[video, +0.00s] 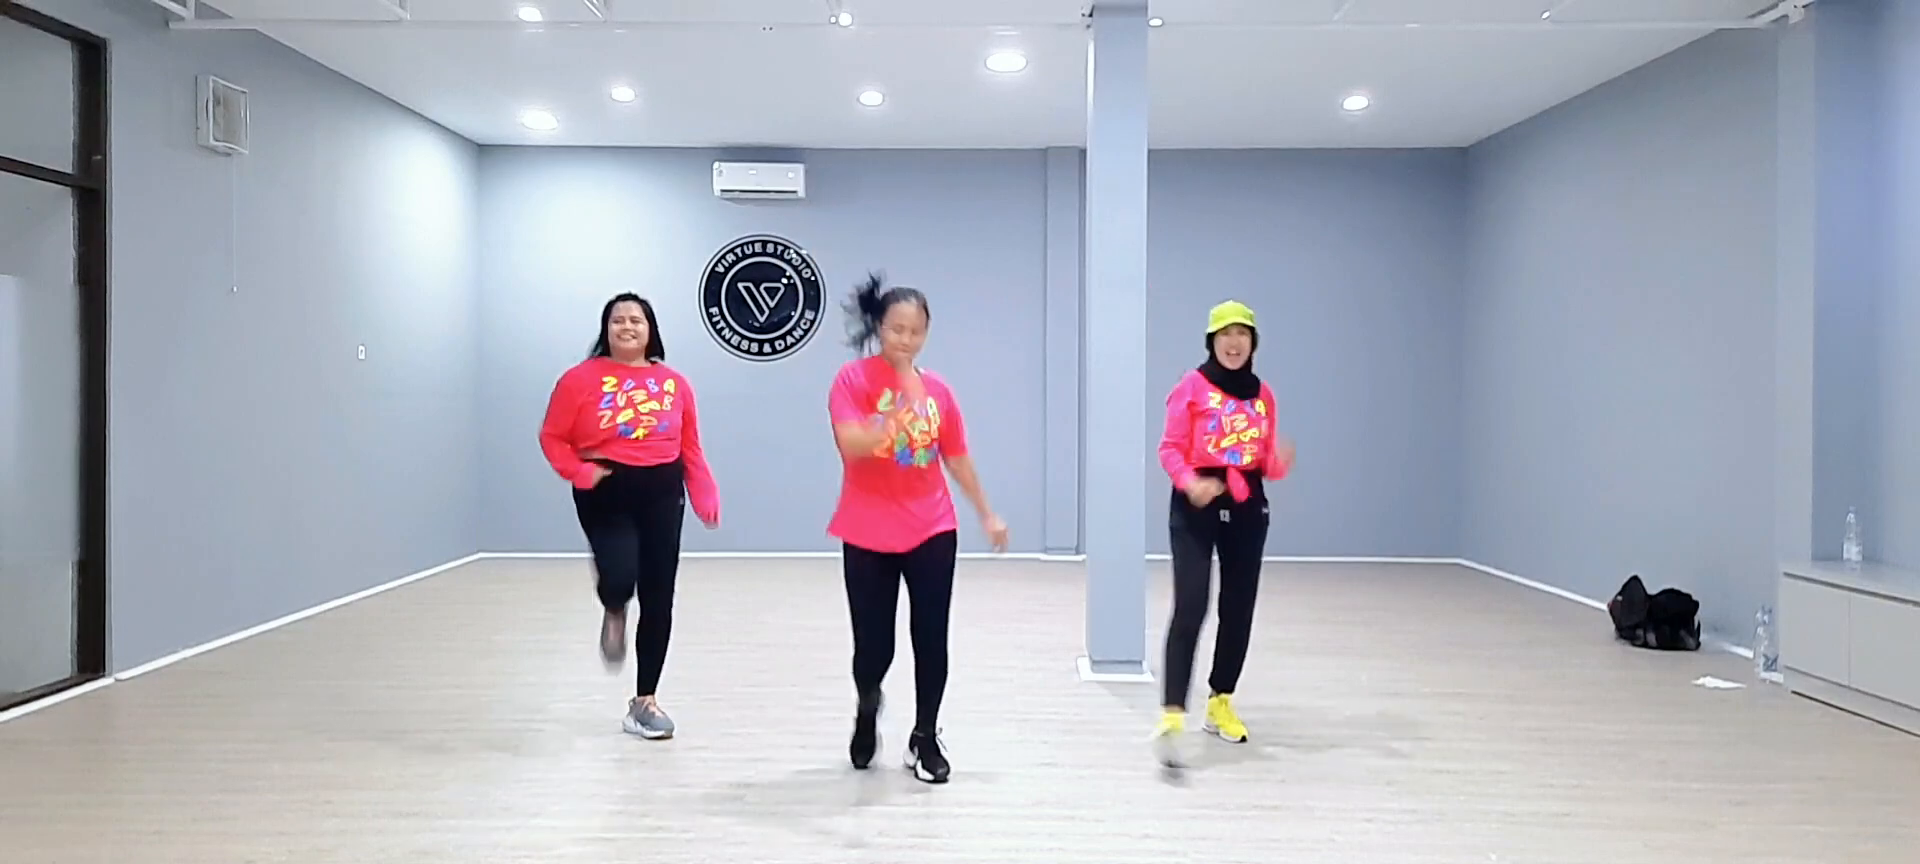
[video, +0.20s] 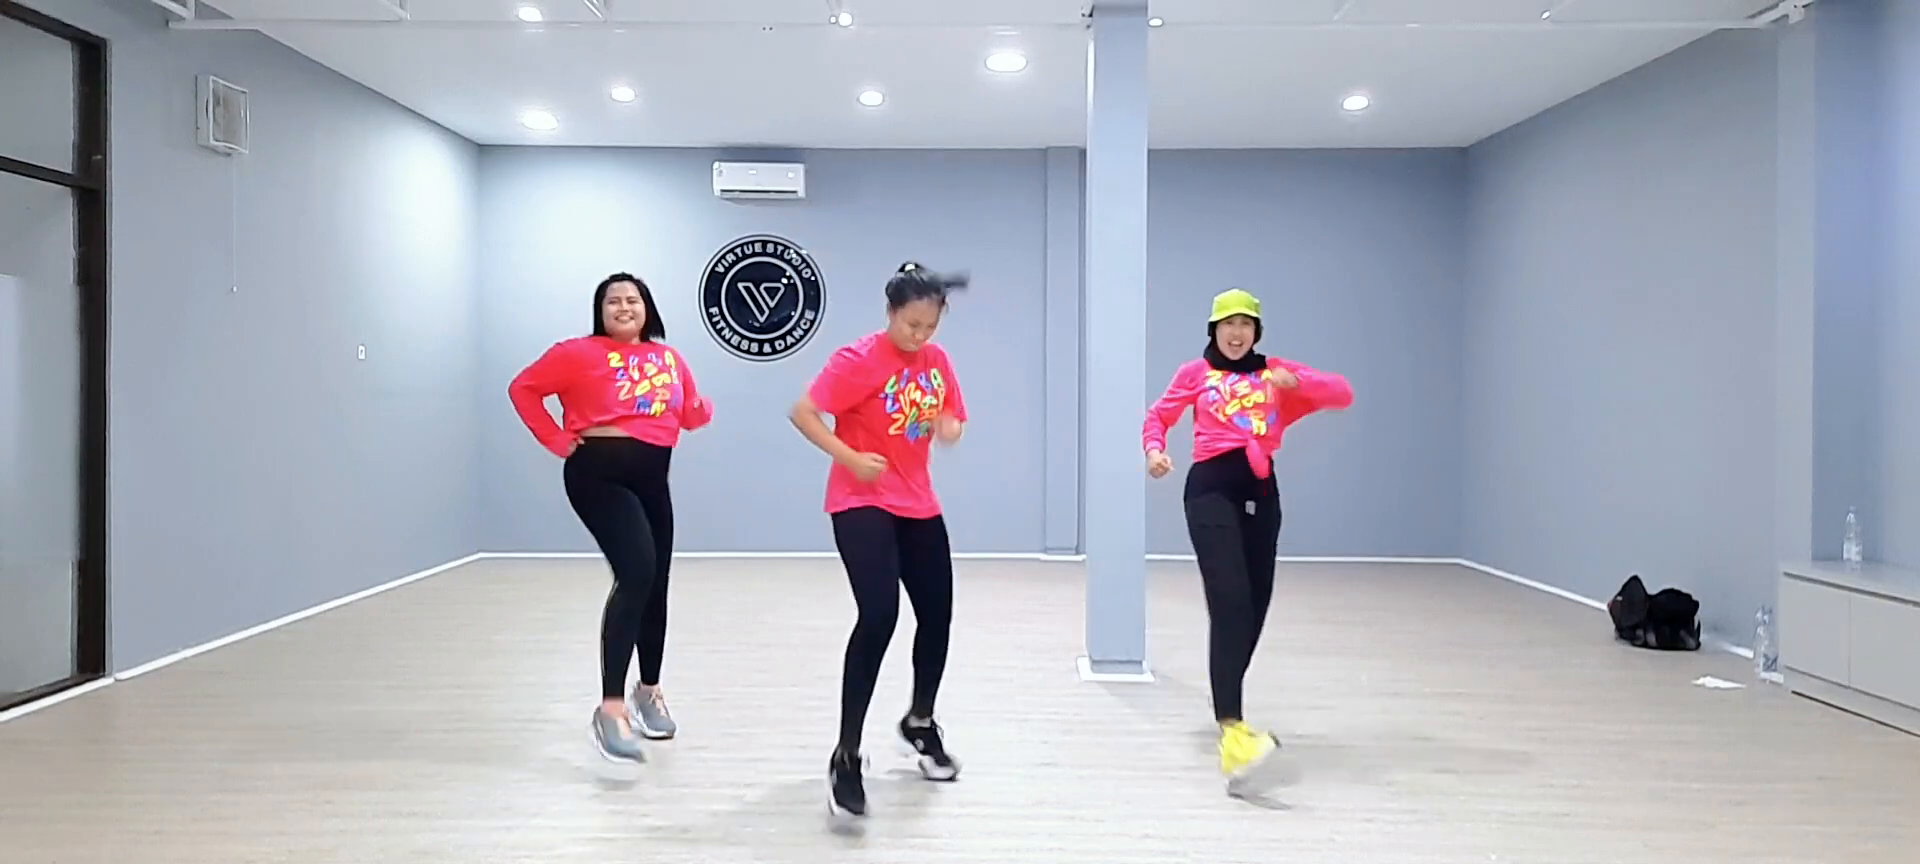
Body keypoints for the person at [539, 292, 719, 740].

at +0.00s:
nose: (627, 326)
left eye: (637, 320)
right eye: (618, 320)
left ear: (650, 330)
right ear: (605, 330)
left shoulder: (673, 382)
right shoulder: (579, 381)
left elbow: (690, 446)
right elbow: (551, 437)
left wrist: (706, 498)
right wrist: (580, 471)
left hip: (662, 491)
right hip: (605, 490)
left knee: (658, 597)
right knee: (619, 580)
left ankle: (644, 699)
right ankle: (615, 614)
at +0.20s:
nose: (625, 307)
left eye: (633, 300)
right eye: (615, 301)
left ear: (647, 310)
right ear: (600, 312)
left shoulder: (668, 357)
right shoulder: (575, 353)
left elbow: (694, 415)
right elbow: (522, 389)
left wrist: (697, 407)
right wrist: (559, 441)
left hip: (652, 473)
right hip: (597, 469)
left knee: (656, 583)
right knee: (636, 575)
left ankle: (649, 690)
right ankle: (610, 708)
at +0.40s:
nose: (618, 332)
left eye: (624, 325)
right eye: (605, 326)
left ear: (633, 336)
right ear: (584, 338)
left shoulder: (639, 383)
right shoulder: (578, 389)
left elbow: (659, 438)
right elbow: (560, 452)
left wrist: (668, 465)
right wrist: (632, 444)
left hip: (626, 502)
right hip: (588, 503)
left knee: (660, 602)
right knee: (619, 614)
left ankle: (626, 711)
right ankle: (583, 753)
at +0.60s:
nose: (626, 308)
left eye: (622, 300)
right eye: (622, 301)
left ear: (574, 307)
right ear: (611, 306)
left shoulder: (554, 355)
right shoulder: (615, 343)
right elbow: (655, 390)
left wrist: (542, 439)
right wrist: (670, 370)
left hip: (553, 467)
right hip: (599, 460)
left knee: (601, 581)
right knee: (616, 588)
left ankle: (592, 713)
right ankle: (599, 726)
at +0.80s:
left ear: (542, 331)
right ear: (596, 329)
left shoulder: (512, 378)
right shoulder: (620, 371)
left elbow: (498, 454)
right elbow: (663, 431)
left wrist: (523, 490)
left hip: (531, 490)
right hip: (598, 486)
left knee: (548, 613)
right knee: (608, 605)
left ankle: (550, 739)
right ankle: (600, 712)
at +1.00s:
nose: (529, 316)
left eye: (533, 309)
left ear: (540, 315)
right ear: (589, 318)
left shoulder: (530, 358)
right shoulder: (613, 362)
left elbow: (504, 414)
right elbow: (648, 416)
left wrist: (472, 415)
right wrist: (622, 468)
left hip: (544, 478)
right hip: (603, 476)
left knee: (540, 597)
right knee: (558, 570)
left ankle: (550, 722)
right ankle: (583, 685)